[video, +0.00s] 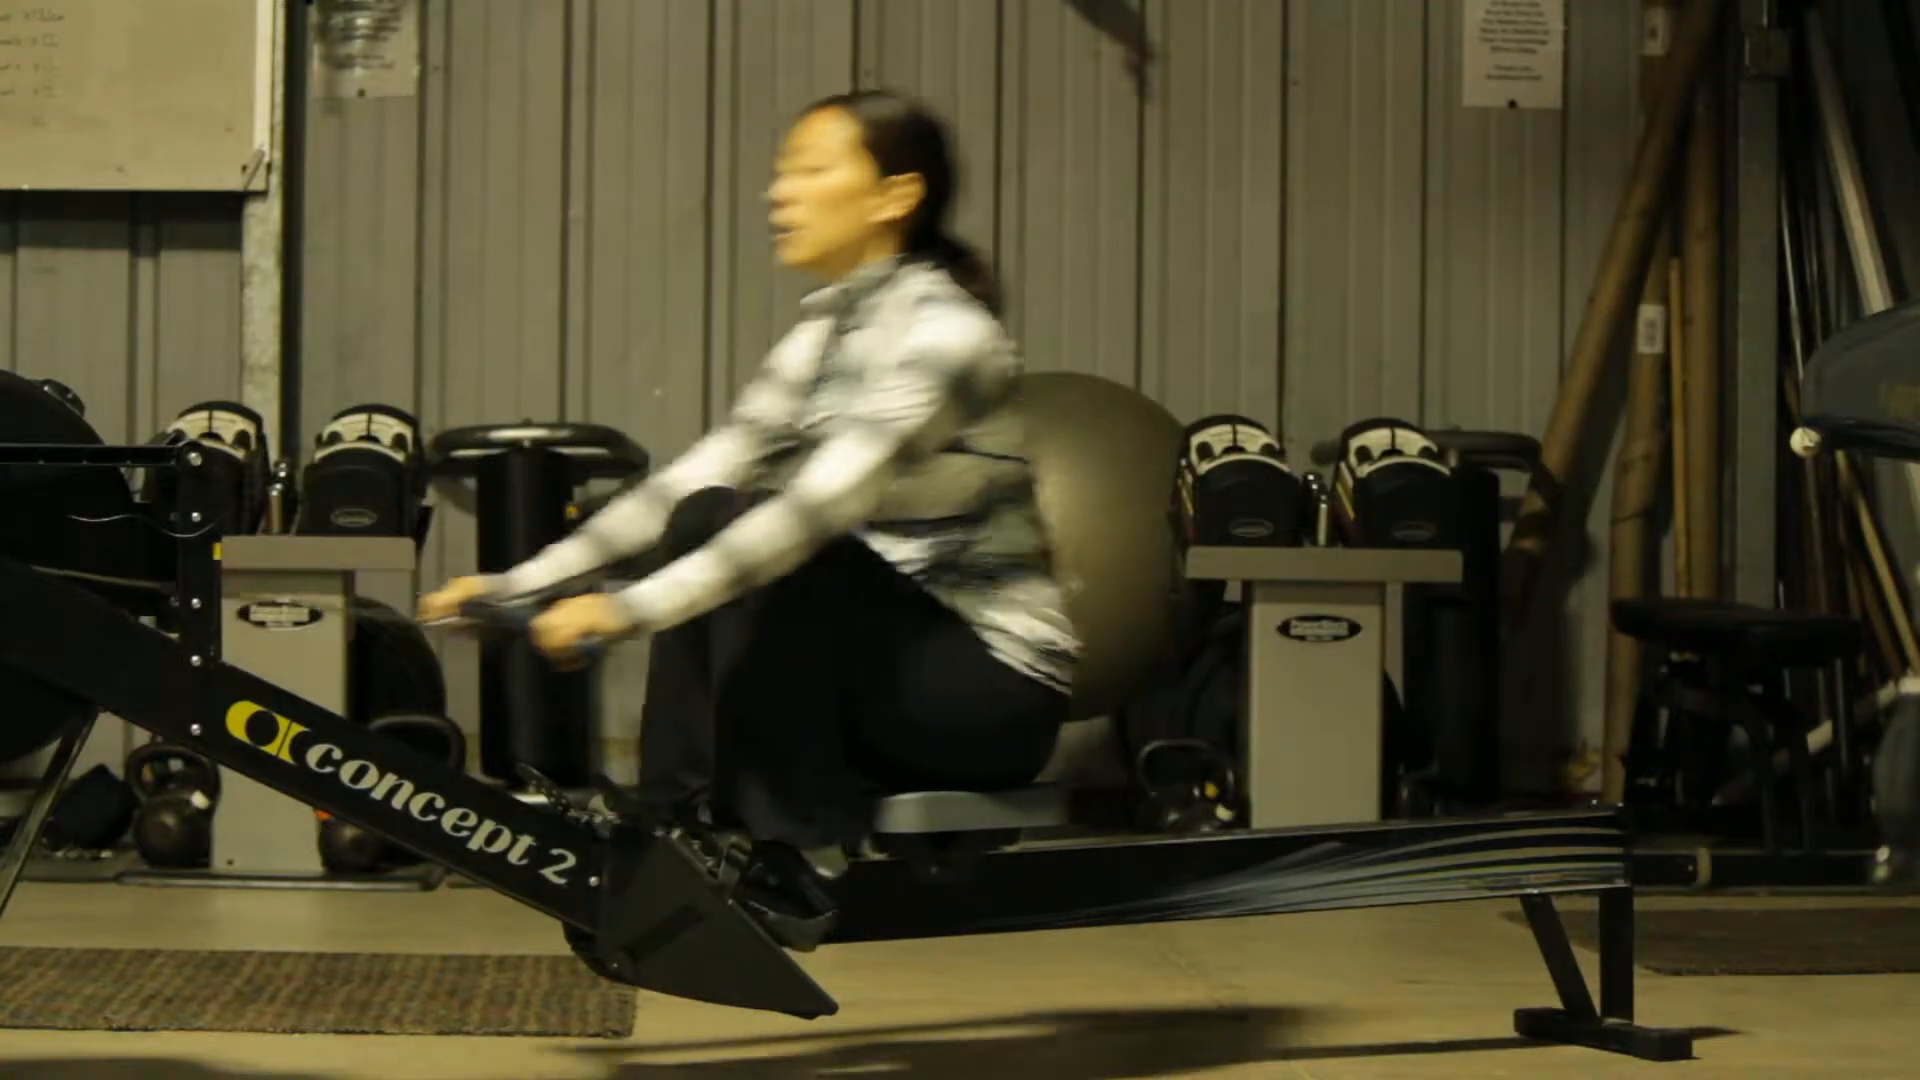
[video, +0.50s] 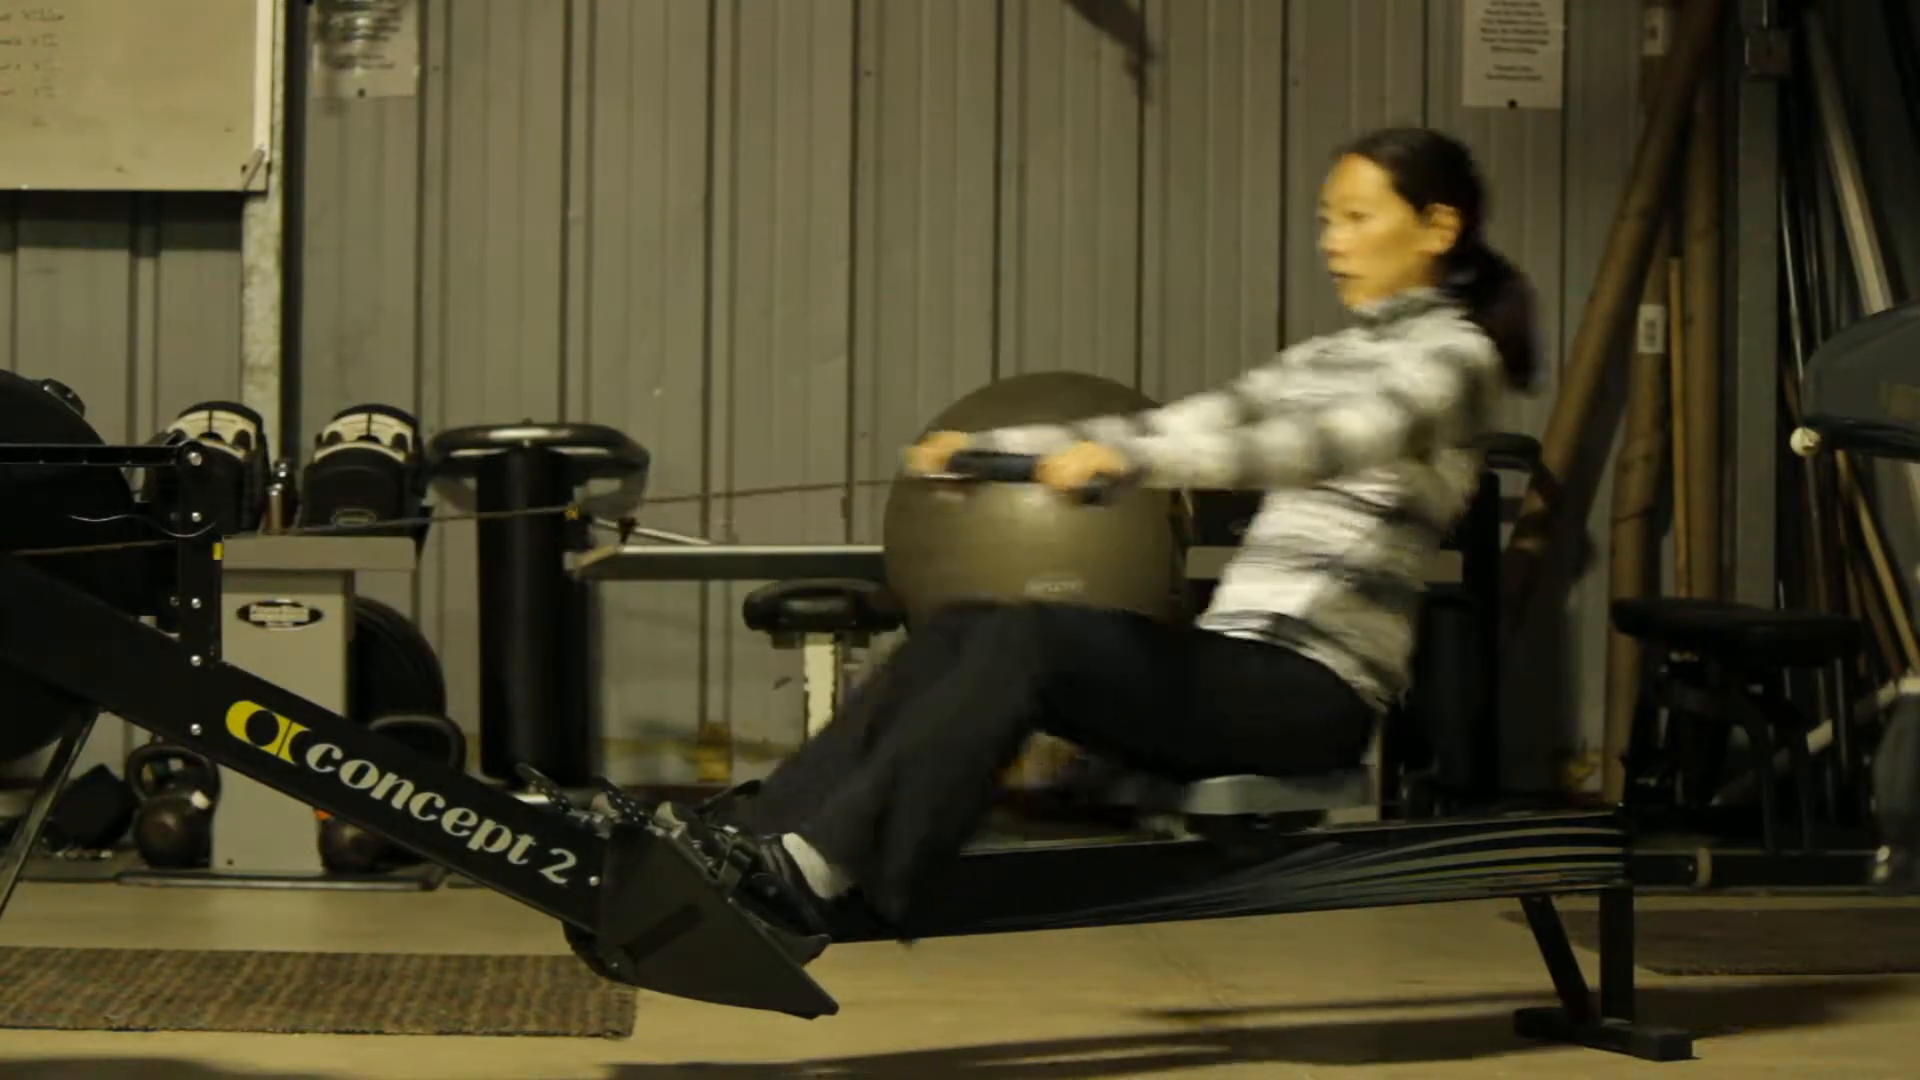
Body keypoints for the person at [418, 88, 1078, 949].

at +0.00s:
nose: (777, 192)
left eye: (809, 169)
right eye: (783, 169)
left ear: (896, 196)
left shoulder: (941, 330)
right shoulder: (823, 333)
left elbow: (811, 514)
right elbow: (696, 480)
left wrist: (630, 607)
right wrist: (514, 589)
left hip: (995, 689)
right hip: (896, 662)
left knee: (796, 572)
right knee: (702, 525)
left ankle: (797, 858)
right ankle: (678, 825)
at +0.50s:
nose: (1331, 241)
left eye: (1354, 219)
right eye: (1329, 221)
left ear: (1439, 229)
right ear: (1337, 231)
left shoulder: (1453, 350)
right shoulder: (1337, 354)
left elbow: (1331, 439)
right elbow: (1207, 419)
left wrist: (1133, 452)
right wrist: (1001, 457)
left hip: (1319, 685)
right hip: (1234, 666)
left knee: (1018, 642)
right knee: (955, 630)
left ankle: (832, 875)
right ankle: (754, 834)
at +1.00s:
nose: (1392, 282)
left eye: (1411, 256)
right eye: (1390, 258)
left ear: (1492, 252)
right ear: (1444, 257)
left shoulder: (1542, 370)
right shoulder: (1436, 369)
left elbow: (1621, 559)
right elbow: (1410, 514)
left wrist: (1470, 497)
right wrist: (1300, 493)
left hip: (1386, 680)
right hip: (1301, 655)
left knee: (1096, 729)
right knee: (1044, 706)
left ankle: (816, 883)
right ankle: (786, 842)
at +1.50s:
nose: (911, 229)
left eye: (938, 202)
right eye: (910, 205)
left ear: (1029, 208)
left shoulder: (1079, 345)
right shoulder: (956, 348)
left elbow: (957, 529)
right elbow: (818, 489)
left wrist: (774, 636)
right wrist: (632, 600)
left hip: (1154, 691)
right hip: (1048, 673)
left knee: (920, 601)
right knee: (824, 558)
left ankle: (837, 868)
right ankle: (736, 837)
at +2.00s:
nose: (658, 240)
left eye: (688, 213)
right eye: (665, 215)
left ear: (773, 236)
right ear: (748, 242)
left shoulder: (833, 361)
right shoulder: (720, 364)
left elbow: (660, 506)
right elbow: (573, 474)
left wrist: (465, 589)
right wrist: (361, 559)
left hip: (968, 689)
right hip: (875, 676)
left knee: (750, 542)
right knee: (670, 545)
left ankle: (789, 866)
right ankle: (685, 828)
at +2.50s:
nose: (1209, 189)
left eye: (1239, 168)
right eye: (1213, 169)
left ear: (1324, 191)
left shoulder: (1327, 322)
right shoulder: (1217, 319)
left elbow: (1161, 405)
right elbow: (1057, 388)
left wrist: (980, 450)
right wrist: (849, 438)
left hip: (1250, 685)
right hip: (1171, 664)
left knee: (967, 602)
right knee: (904, 596)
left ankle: (815, 868)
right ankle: (734, 830)